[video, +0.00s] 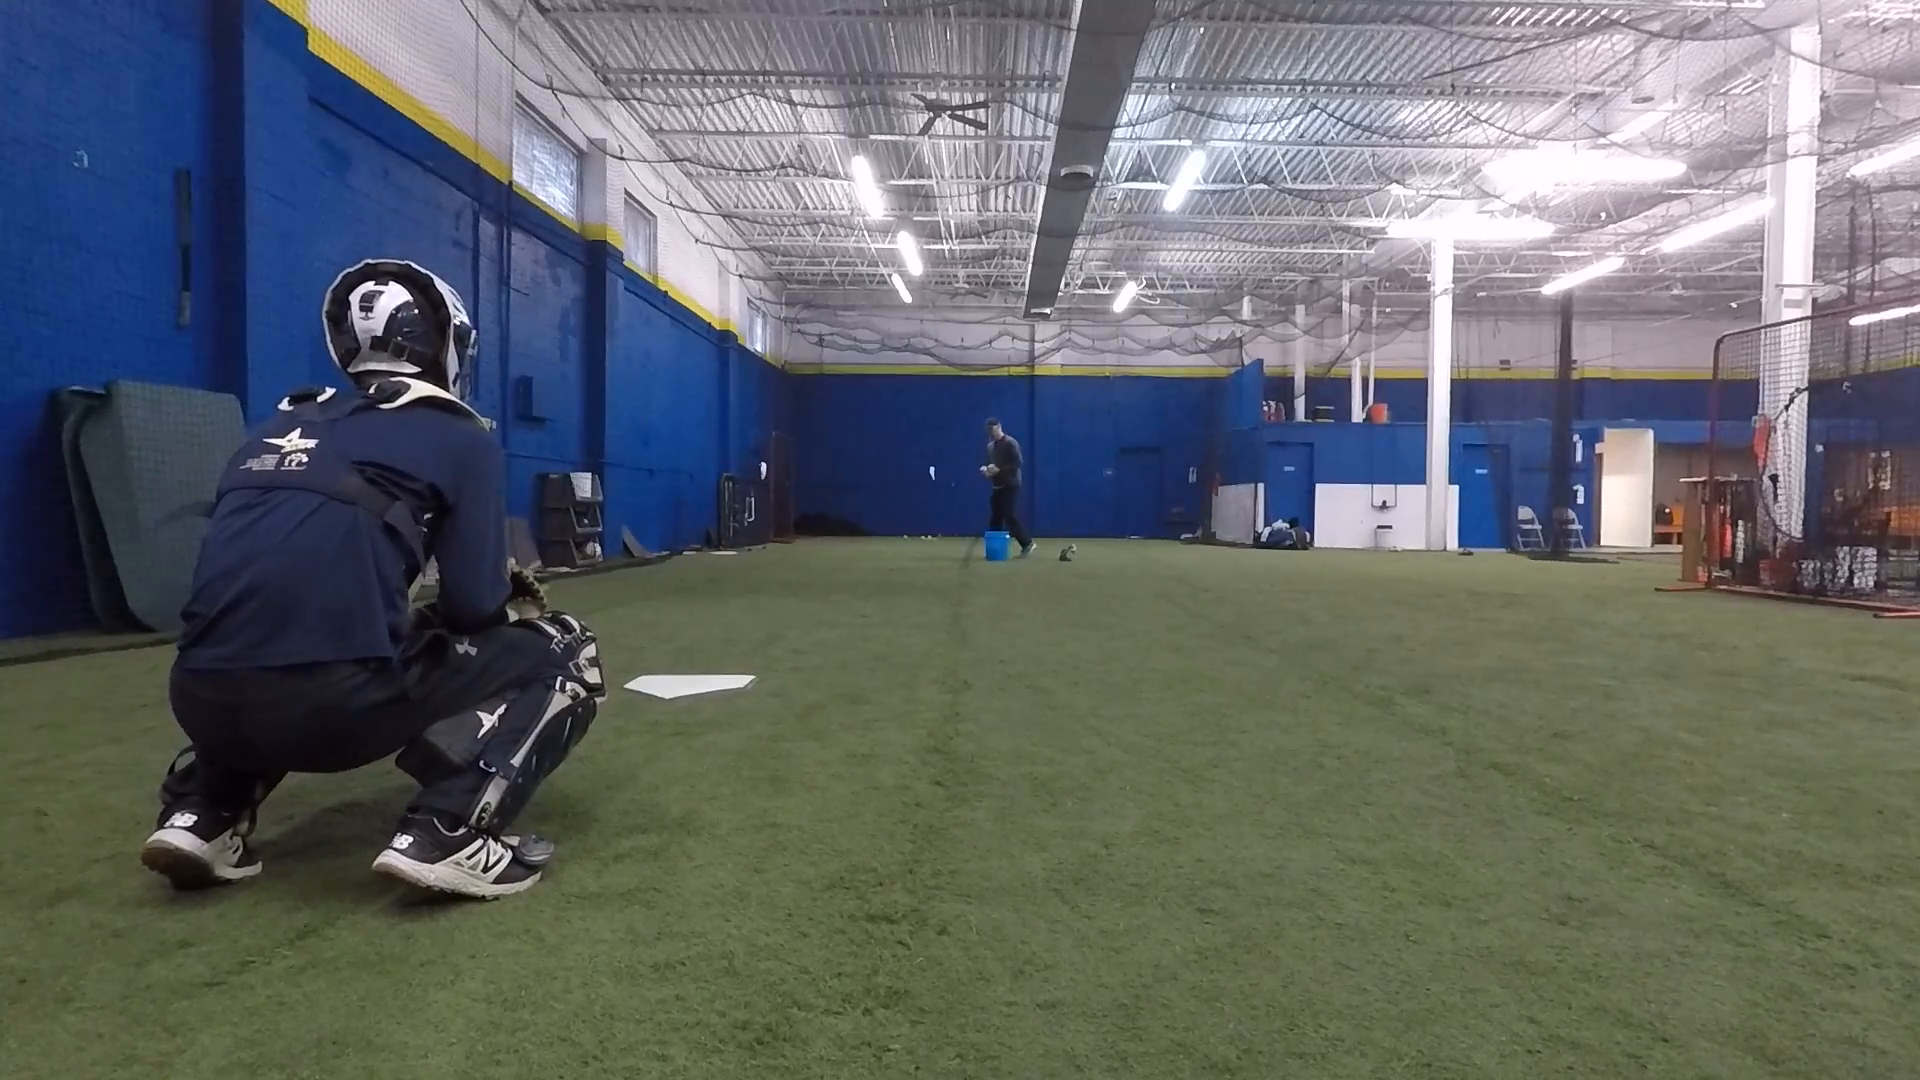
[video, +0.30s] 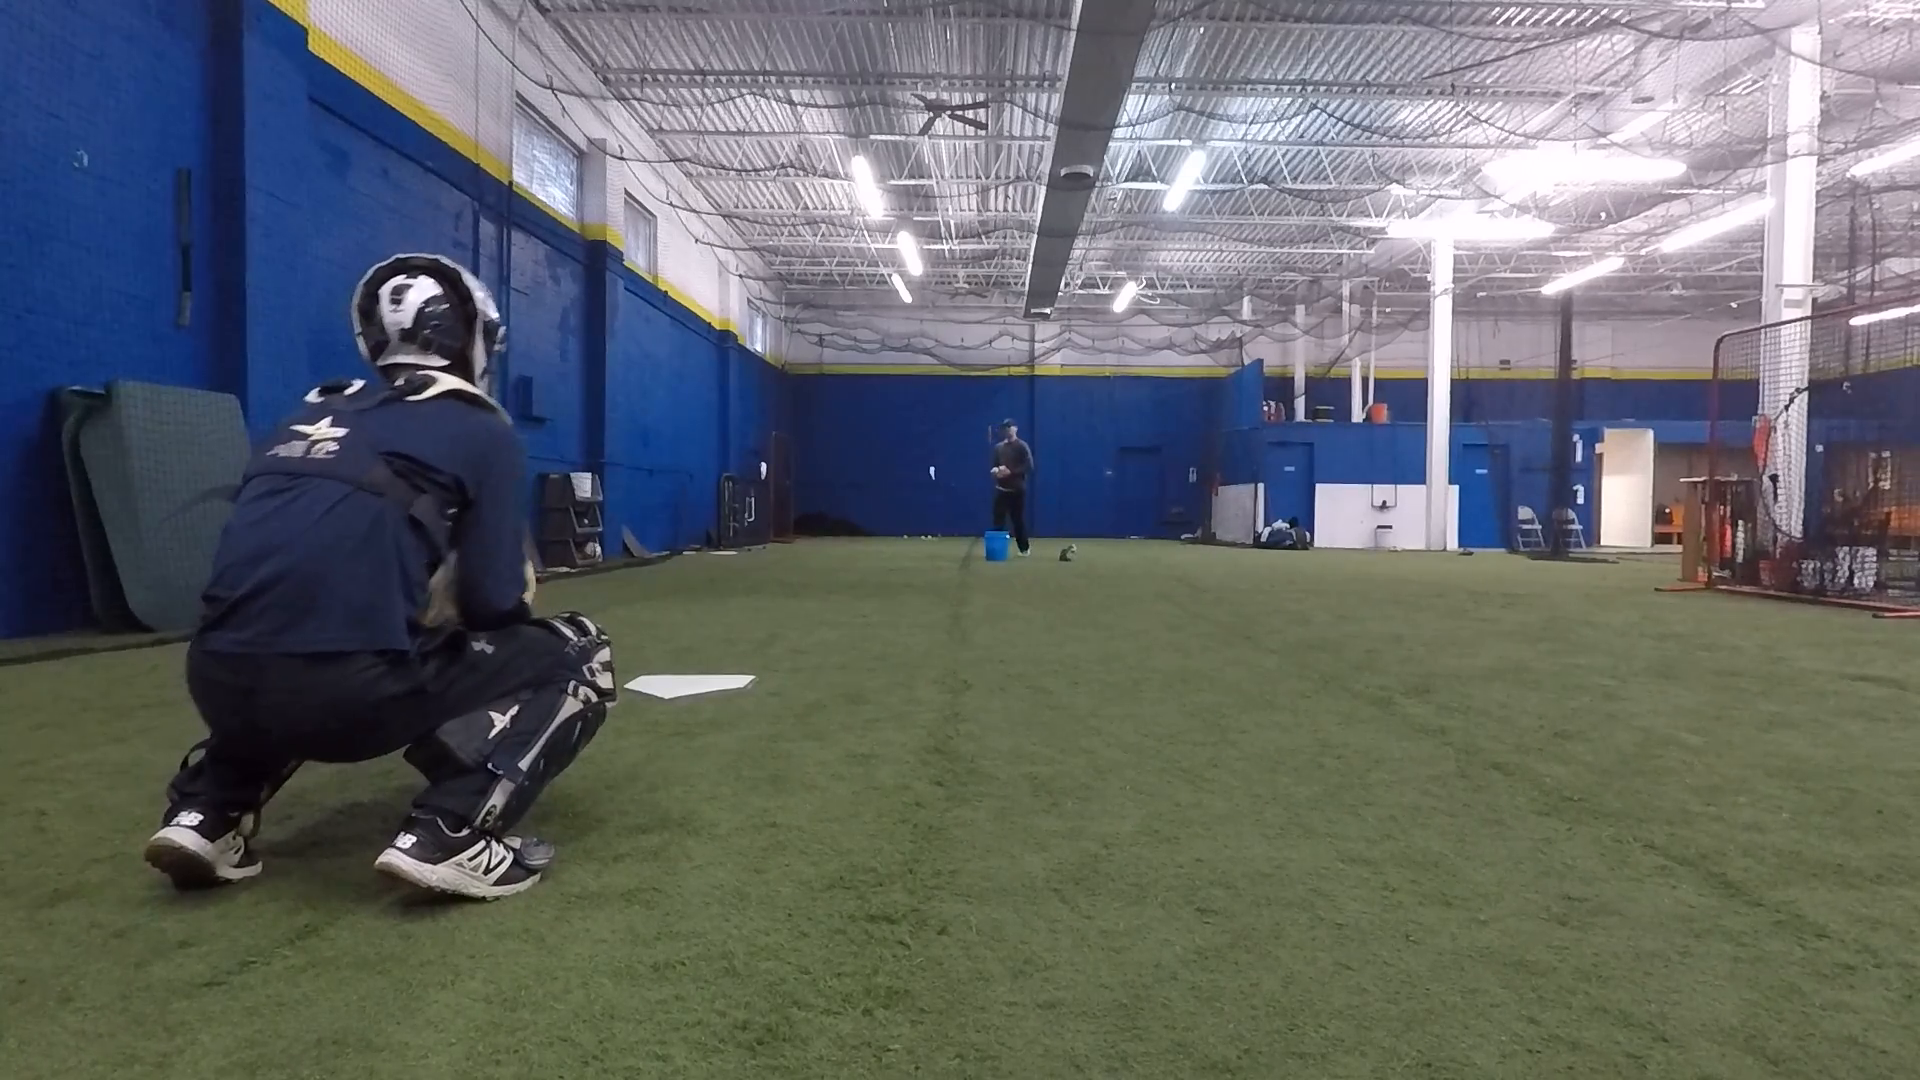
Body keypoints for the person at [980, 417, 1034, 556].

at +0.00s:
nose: (991, 433)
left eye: (993, 429)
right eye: (989, 430)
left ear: (999, 428)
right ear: (987, 431)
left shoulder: (1011, 443)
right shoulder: (990, 446)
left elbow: (1017, 463)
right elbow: (991, 462)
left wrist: (999, 469)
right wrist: (987, 469)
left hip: (1010, 486)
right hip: (997, 487)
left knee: (1008, 515)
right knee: (996, 516)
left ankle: (1027, 543)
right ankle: (994, 547)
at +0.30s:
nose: (1009, 430)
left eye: (1011, 427)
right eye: (1006, 428)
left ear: (1016, 429)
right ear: (1003, 430)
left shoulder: (1022, 446)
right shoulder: (998, 447)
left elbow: (1029, 465)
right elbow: (995, 463)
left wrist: (1010, 471)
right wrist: (995, 470)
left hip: (1016, 489)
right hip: (1001, 489)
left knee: (1017, 519)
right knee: (998, 518)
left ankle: (1024, 548)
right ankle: (998, 547)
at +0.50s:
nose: (1016, 429)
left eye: (1018, 426)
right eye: (1013, 426)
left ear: (1023, 428)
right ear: (1010, 429)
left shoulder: (1029, 446)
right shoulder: (1003, 446)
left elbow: (1036, 466)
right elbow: (999, 463)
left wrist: (1022, 475)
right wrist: (1002, 472)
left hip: (1022, 488)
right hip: (1006, 487)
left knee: (1022, 519)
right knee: (1002, 517)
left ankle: (1024, 548)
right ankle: (999, 547)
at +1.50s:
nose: (1011, 435)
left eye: (1013, 432)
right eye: (1009, 432)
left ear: (1017, 432)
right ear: (1006, 433)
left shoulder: (1024, 448)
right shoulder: (999, 449)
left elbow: (1034, 467)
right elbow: (993, 463)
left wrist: (1028, 479)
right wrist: (996, 469)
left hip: (1018, 489)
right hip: (1003, 489)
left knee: (1017, 518)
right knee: (1005, 517)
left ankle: (1017, 544)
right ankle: (1007, 544)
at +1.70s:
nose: (1014, 438)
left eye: (1016, 436)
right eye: (1011, 436)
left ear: (1020, 436)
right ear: (1009, 436)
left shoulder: (1026, 451)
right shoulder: (1001, 449)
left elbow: (1035, 470)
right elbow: (994, 463)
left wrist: (1027, 483)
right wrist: (999, 471)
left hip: (1016, 490)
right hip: (1001, 489)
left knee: (1015, 519)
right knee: (1001, 518)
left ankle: (1015, 545)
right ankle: (1002, 544)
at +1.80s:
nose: (1013, 438)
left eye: (1015, 436)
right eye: (1011, 436)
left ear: (1020, 436)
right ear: (1008, 436)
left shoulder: (1026, 452)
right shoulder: (1001, 448)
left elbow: (1033, 470)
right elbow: (992, 462)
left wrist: (1026, 483)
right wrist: (998, 470)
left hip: (1015, 489)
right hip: (999, 488)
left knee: (1014, 518)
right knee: (999, 516)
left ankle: (1015, 545)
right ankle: (999, 544)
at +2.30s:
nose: (991, 438)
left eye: (993, 436)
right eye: (989, 436)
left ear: (999, 436)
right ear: (987, 437)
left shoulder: (1006, 452)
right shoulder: (981, 451)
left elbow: (1014, 469)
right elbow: (976, 467)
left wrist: (1011, 482)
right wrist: (981, 473)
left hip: (999, 492)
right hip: (983, 492)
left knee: (1005, 520)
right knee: (973, 519)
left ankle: (1014, 545)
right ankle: (963, 544)